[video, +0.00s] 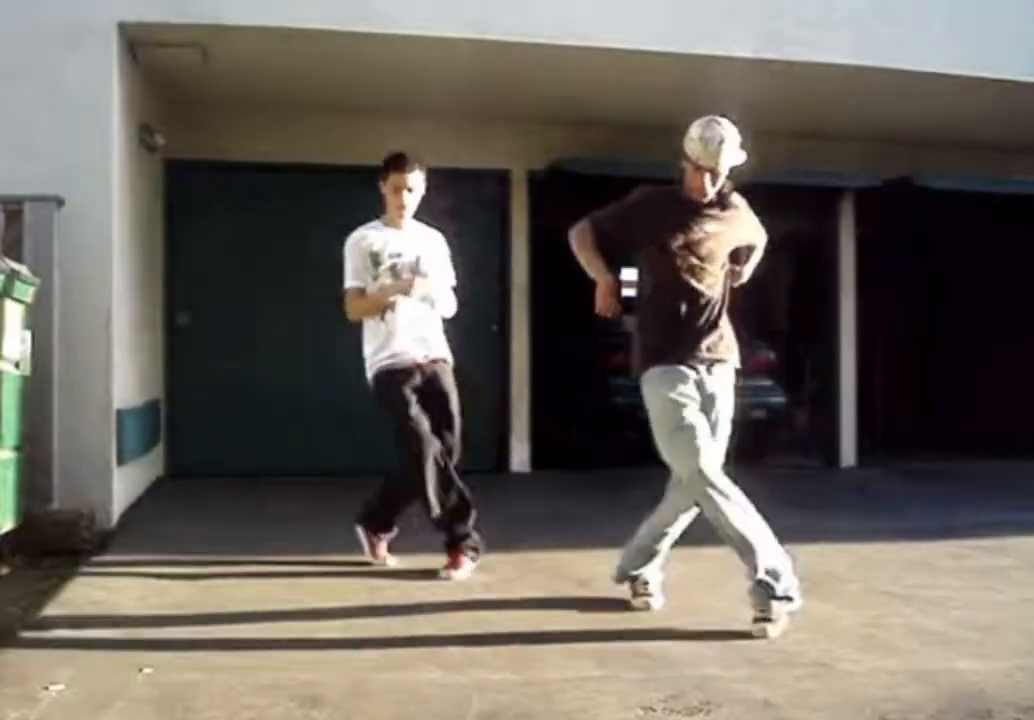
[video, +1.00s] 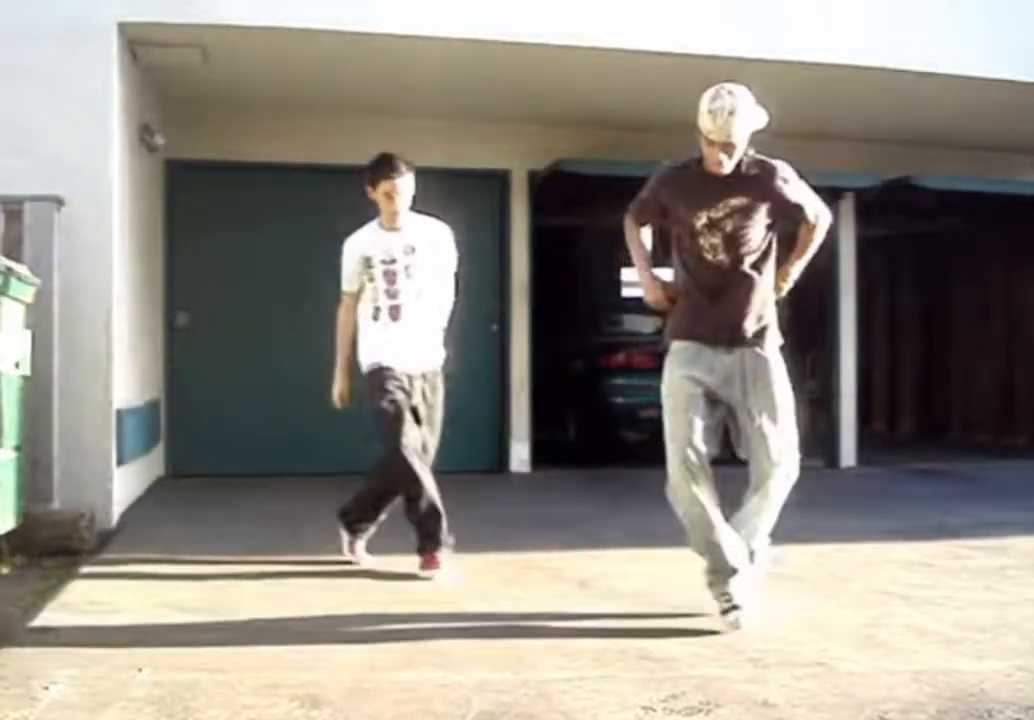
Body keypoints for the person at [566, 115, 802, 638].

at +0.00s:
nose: (707, 183)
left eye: (718, 173)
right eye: (699, 169)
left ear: (732, 170)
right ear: (684, 161)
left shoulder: (737, 210)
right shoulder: (653, 207)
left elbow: (756, 244)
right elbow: (581, 233)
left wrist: (733, 280)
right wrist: (604, 280)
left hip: (720, 358)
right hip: (666, 359)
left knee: (697, 474)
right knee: (700, 471)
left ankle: (639, 564)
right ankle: (774, 576)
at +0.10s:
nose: (686, 175)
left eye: (696, 165)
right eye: (678, 163)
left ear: (706, 163)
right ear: (661, 155)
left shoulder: (710, 203)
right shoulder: (628, 201)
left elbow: (707, 262)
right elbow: (558, 231)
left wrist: (739, 247)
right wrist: (609, 237)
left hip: (706, 357)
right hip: (652, 357)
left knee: (696, 480)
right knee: (663, 473)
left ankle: (640, 560)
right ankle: (708, 585)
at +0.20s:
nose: (667, 158)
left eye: (678, 148)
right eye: (660, 146)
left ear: (689, 148)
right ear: (643, 139)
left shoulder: (690, 192)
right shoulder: (615, 188)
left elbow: (692, 261)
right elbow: (558, 247)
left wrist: (735, 206)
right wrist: (595, 196)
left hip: (686, 345)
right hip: (630, 344)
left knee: (729, 460)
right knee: (625, 459)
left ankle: (687, 557)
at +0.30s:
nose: (657, 162)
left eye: (667, 153)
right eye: (650, 150)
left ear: (679, 153)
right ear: (634, 144)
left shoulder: (680, 199)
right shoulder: (606, 198)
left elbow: (703, 251)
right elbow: (555, 254)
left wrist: (737, 197)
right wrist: (581, 188)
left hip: (675, 351)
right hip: (617, 354)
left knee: (738, 450)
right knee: (598, 466)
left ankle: (730, 551)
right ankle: (538, 581)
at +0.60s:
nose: (675, 149)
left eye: (685, 139)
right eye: (666, 137)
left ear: (698, 133)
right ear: (650, 129)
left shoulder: (704, 169)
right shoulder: (623, 176)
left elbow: (750, 189)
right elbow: (553, 193)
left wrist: (790, 196)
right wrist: (614, 229)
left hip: (703, 332)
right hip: (646, 337)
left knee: (755, 438)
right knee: (655, 445)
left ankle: (722, 545)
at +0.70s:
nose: (693, 158)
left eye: (702, 148)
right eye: (684, 147)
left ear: (717, 144)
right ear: (670, 140)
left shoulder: (731, 189)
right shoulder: (634, 194)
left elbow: (778, 240)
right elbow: (583, 252)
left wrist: (786, 265)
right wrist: (638, 277)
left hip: (721, 346)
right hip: (665, 348)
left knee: (730, 458)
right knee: (690, 456)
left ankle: (682, 553)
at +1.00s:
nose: (723, 154)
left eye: (733, 144)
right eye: (715, 144)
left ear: (749, 135)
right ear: (701, 133)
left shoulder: (771, 178)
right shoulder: (672, 181)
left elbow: (817, 219)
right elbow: (634, 220)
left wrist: (785, 276)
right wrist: (648, 281)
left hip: (755, 342)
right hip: (690, 341)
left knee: (778, 461)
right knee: (684, 463)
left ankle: (739, 558)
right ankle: (725, 578)